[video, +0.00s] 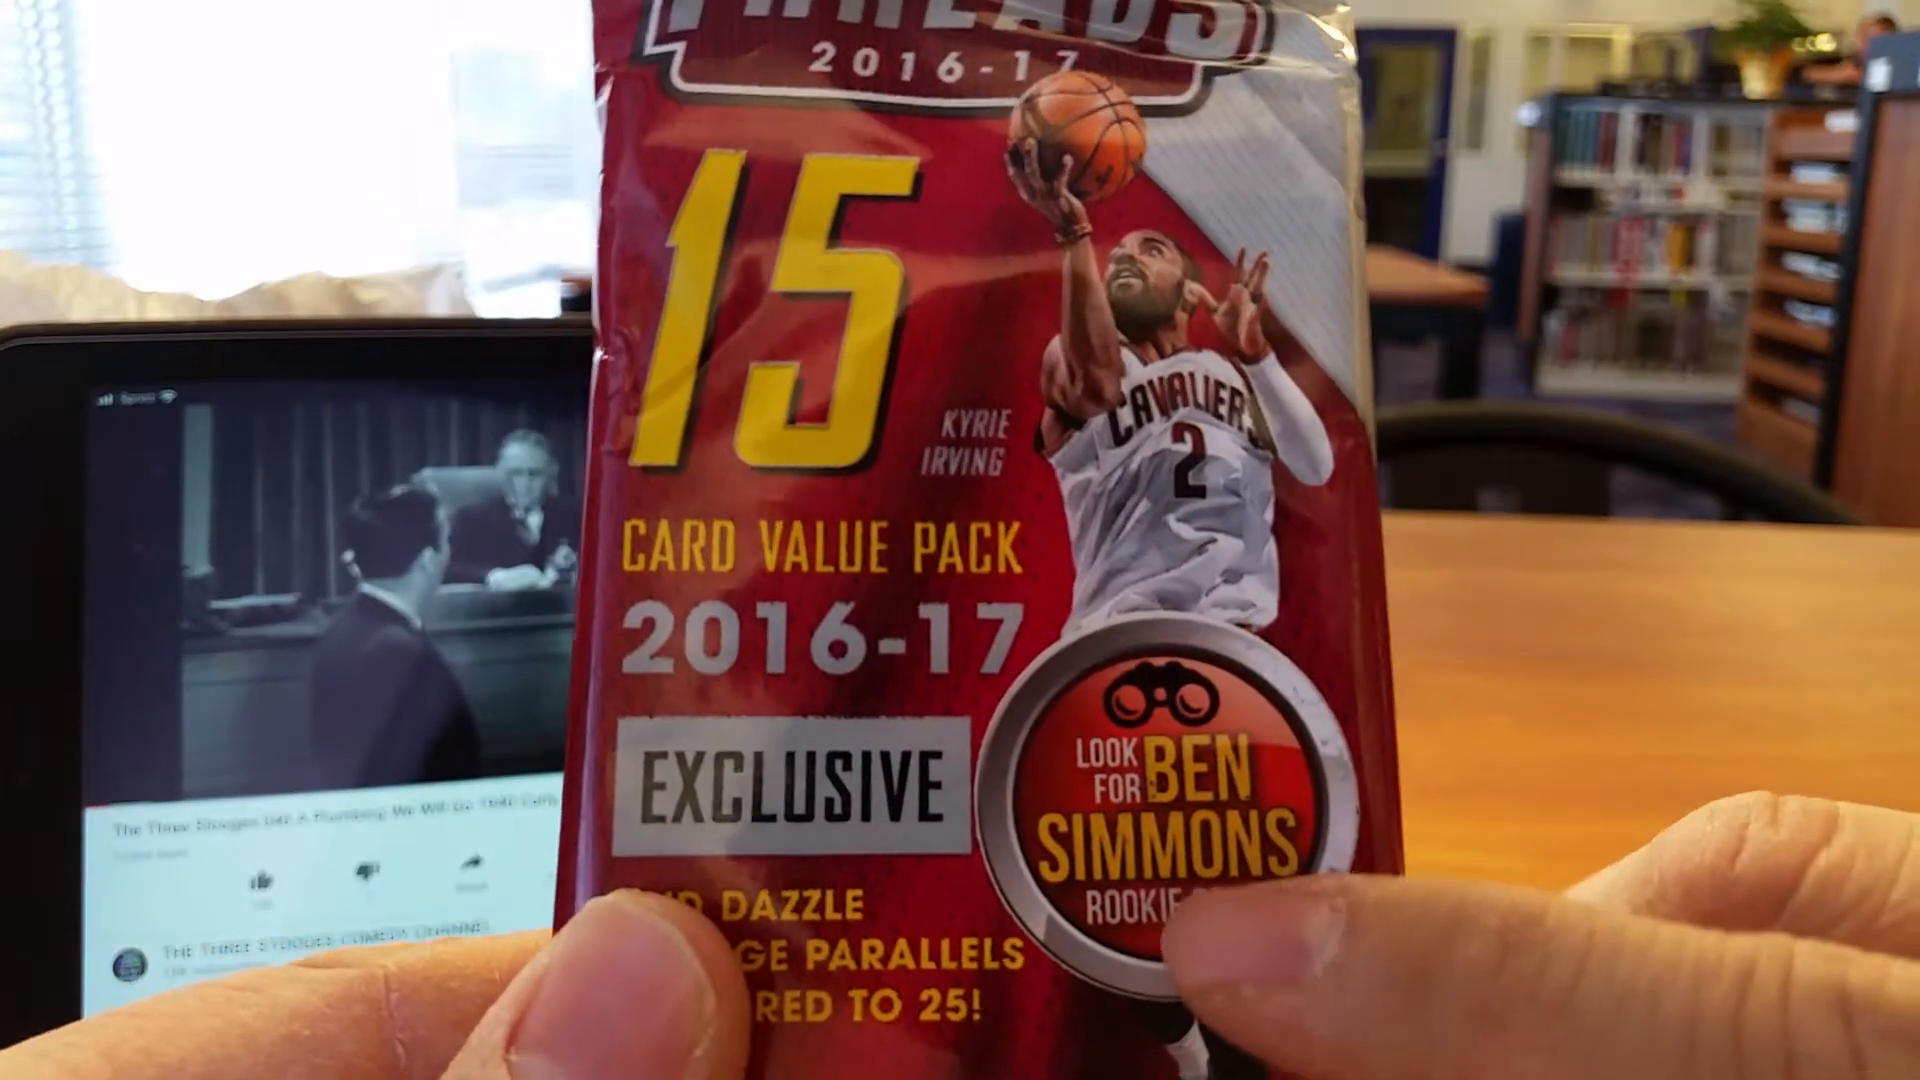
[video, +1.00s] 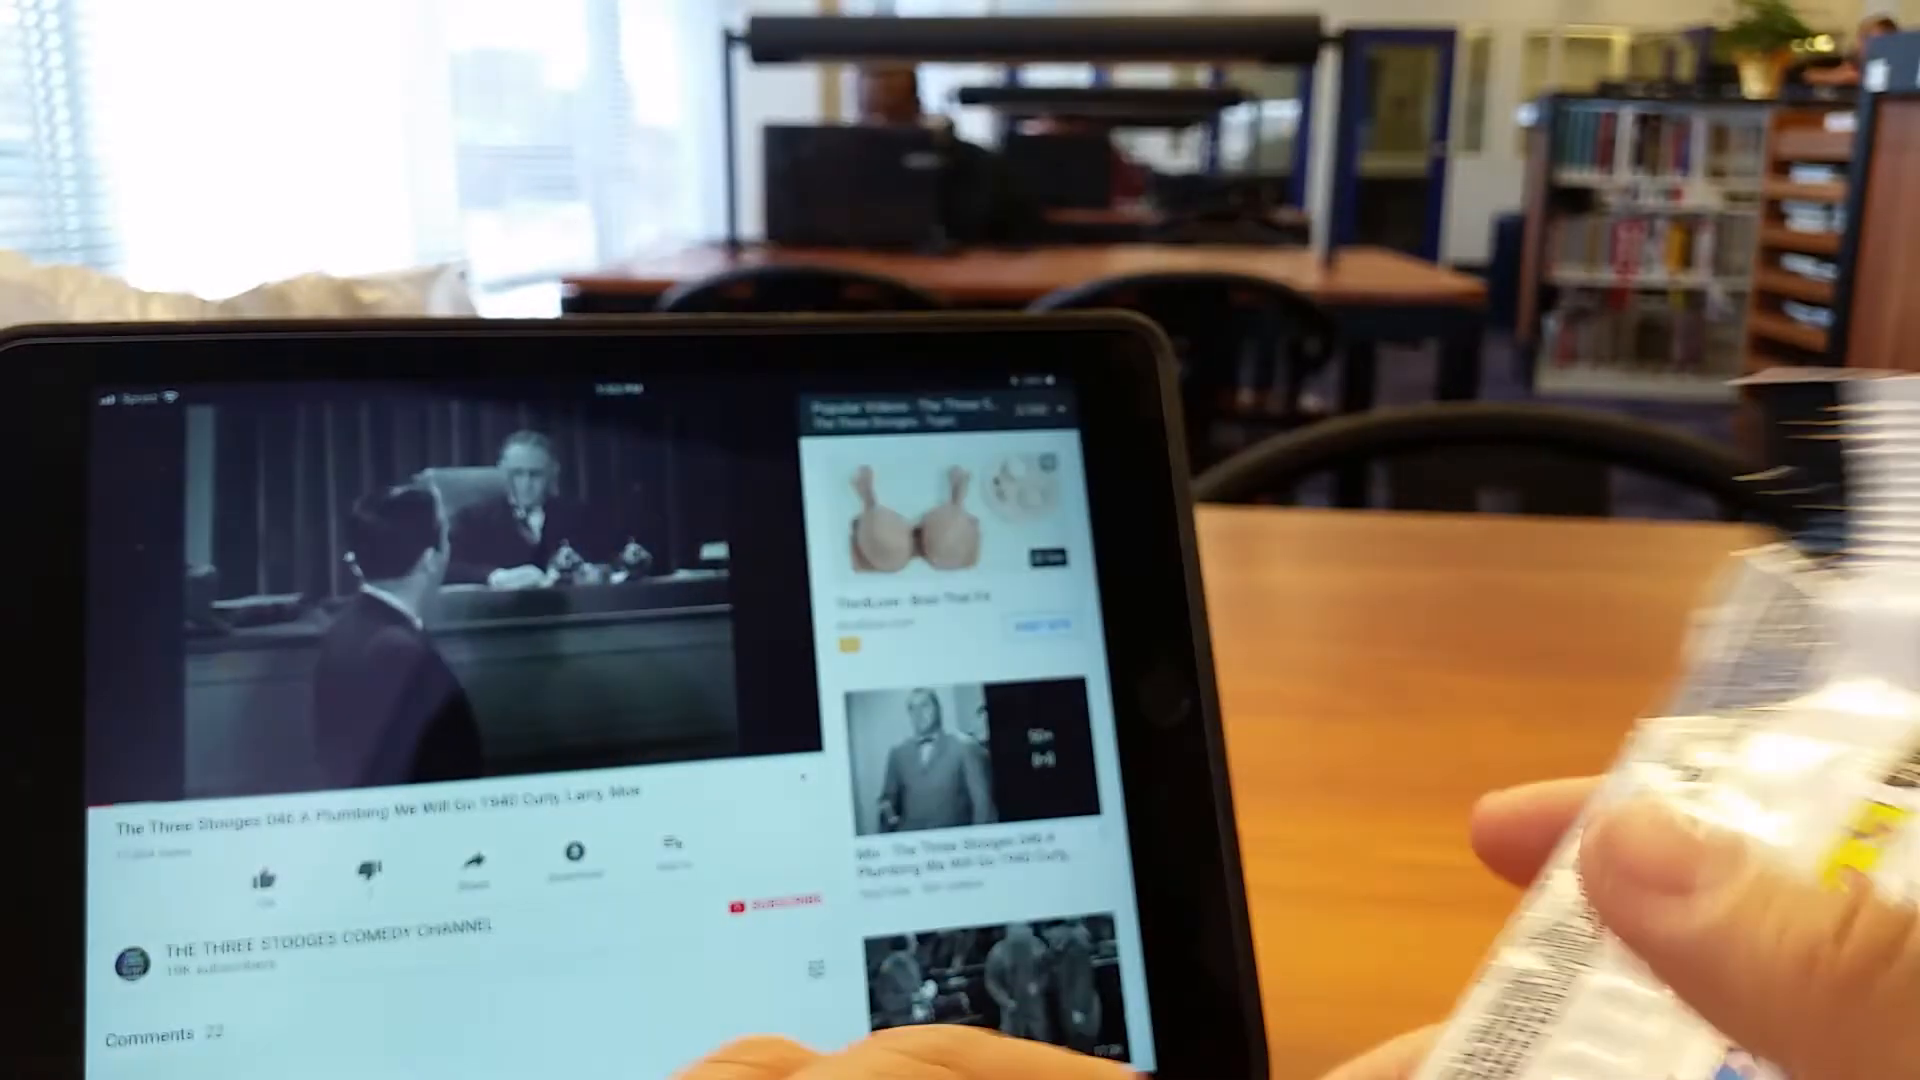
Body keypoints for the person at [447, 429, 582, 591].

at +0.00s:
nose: (524, 484)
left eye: (534, 474)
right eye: (515, 473)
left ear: (551, 472)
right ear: (499, 473)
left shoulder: (573, 517)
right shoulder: (473, 521)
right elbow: (450, 572)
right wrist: (490, 577)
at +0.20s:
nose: (524, 484)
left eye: (533, 474)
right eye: (515, 473)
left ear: (551, 472)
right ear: (499, 473)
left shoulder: (573, 518)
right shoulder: (473, 521)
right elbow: (451, 571)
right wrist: (490, 577)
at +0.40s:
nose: (524, 484)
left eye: (534, 474)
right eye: (516, 473)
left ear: (552, 473)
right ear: (501, 473)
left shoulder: (575, 519)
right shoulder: (475, 522)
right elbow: (451, 570)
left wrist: (587, 573)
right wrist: (492, 577)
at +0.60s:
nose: (524, 484)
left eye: (534, 475)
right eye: (516, 474)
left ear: (552, 474)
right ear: (502, 475)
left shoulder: (573, 519)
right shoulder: (474, 522)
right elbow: (451, 572)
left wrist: (582, 573)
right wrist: (492, 577)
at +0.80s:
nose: (523, 484)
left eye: (533, 474)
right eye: (514, 474)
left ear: (551, 475)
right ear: (500, 474)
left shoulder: (575, 518)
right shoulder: (475, 522)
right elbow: (451, 570)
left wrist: (590, 574)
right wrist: (493, 577)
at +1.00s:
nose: (524, 484)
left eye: (534, 475)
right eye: (516, 474)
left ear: (552, 476)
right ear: (503, 474)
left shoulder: (577, 518)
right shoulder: (476, 521)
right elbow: (451, 569)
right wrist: (493, 577)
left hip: (570, 628)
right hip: (501, 633)